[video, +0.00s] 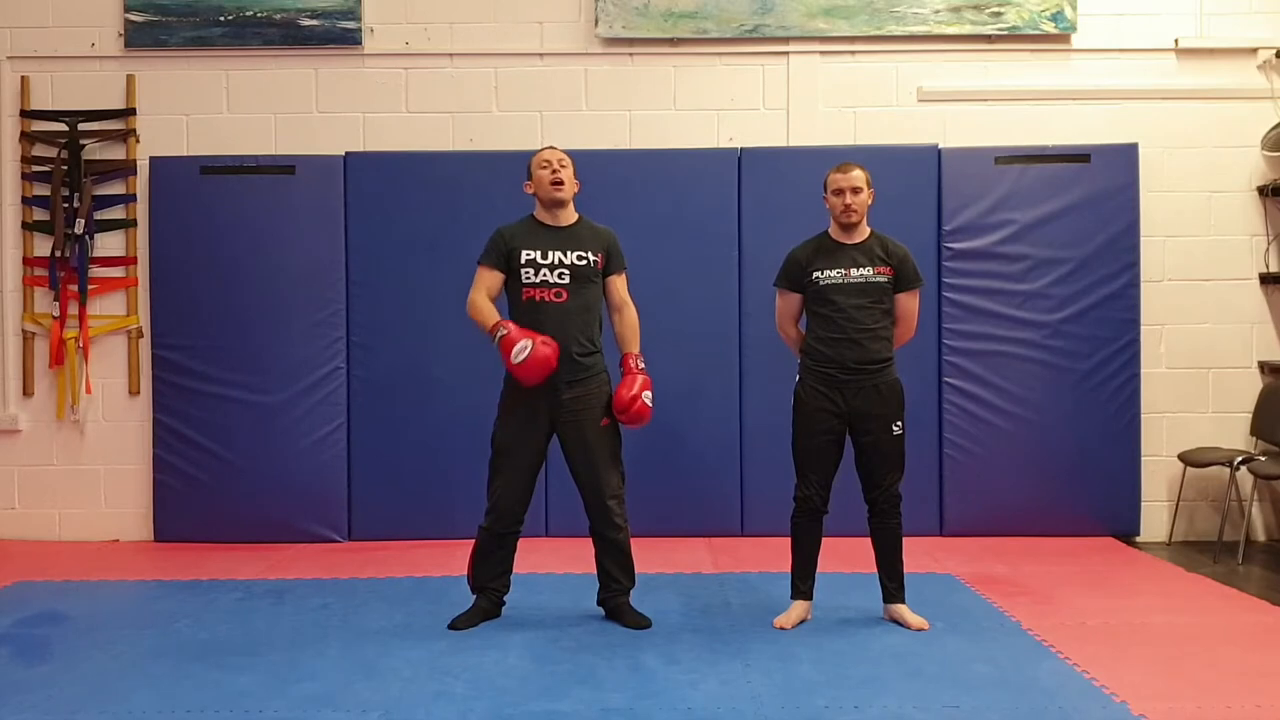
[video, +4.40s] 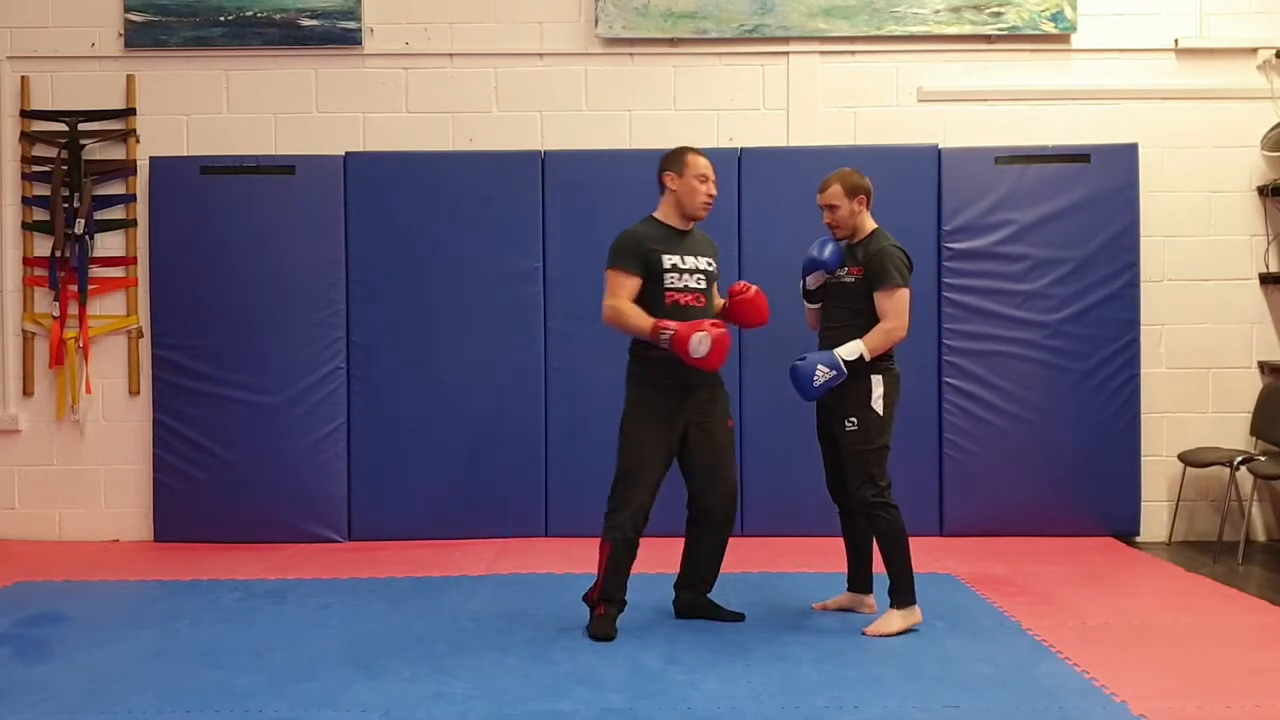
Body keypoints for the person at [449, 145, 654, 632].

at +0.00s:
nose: (557, 171)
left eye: (563, 165)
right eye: (546, 167)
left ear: (576, 182)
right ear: (531, 187)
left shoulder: (602, 240)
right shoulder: (508, 239)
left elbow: (622, 307)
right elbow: (478, 298)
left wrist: (634, 367)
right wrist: (505, 333)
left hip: (587, 387)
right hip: (527, 388)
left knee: (607, 498)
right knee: (505, 497)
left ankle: (617, 597)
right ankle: (488, 597)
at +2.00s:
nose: (543, 192)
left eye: (552, 183)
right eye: (535, 184)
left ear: (575, 185)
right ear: (527, 188)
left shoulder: (603, 242)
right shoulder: (514, 240)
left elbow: (622, 311)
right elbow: (486, 305)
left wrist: (633, 373)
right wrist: (515, 257)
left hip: (587, 389)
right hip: (527, 389)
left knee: (607, 500)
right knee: (505, 498)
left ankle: (616, 598)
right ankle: (488, 597)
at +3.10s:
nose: (612, 188)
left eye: (612, 180)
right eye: (602, 179)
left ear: (594, 186)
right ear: (569, 184)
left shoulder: (602, 246)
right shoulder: (530, 238)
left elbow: (606, 310)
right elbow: (501, 304)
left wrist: (637, 347)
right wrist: (562, 319)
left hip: (594, 390)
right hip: (540, 392)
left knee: (608, 497)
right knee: (514, 498)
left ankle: (614, 595)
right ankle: (489, 596)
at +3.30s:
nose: (649, 192)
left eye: (650, 184)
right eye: (640, 183)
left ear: (627, 189)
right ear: (609, 185)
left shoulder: (633, 250)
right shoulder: (565, 231)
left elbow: (651, 312)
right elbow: (530, 291)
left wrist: (701, 314)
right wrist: (586, 318)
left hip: (614, 388)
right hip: (560, 386)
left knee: (619, 496)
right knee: (529, 494)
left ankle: (615, 594)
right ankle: (491, 590)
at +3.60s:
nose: (671, 191)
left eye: (674, 183)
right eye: (662, 180)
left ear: (671, 189)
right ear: (632, 181)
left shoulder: (663, 251)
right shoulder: (589, 227)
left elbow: (674, 315)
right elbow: (547, 286)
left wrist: (719, 314)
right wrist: (595, 319)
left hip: (633, 380)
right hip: (582, 375)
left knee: (631, 489)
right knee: (579, 485)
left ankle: (616, 593)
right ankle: (567, 598)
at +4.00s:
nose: (640, 188)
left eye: (647, 178)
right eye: (629, 179)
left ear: (655, 182)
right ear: (608, 183)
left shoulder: (665, 242)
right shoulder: (584, 240)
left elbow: (666, 294)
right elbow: (556, 307)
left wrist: (686, 322)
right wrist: (606, 336)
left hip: (664, 385)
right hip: (608, 389)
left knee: (703, 480)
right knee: (601, 500)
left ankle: (674, 573)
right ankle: (602, 607)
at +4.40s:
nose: (712, 190)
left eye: (713, 181)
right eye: (702, 180)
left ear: (706, 188)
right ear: (671, 183)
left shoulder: (705, 246)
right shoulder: (636, 241)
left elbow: (711, 306)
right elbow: (614, 310)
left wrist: (735, 309)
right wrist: (674, 332)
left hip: (705, 390)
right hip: (654, 390)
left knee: (717, 495)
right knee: (632, 498)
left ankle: (693, 595)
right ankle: (607, 605)